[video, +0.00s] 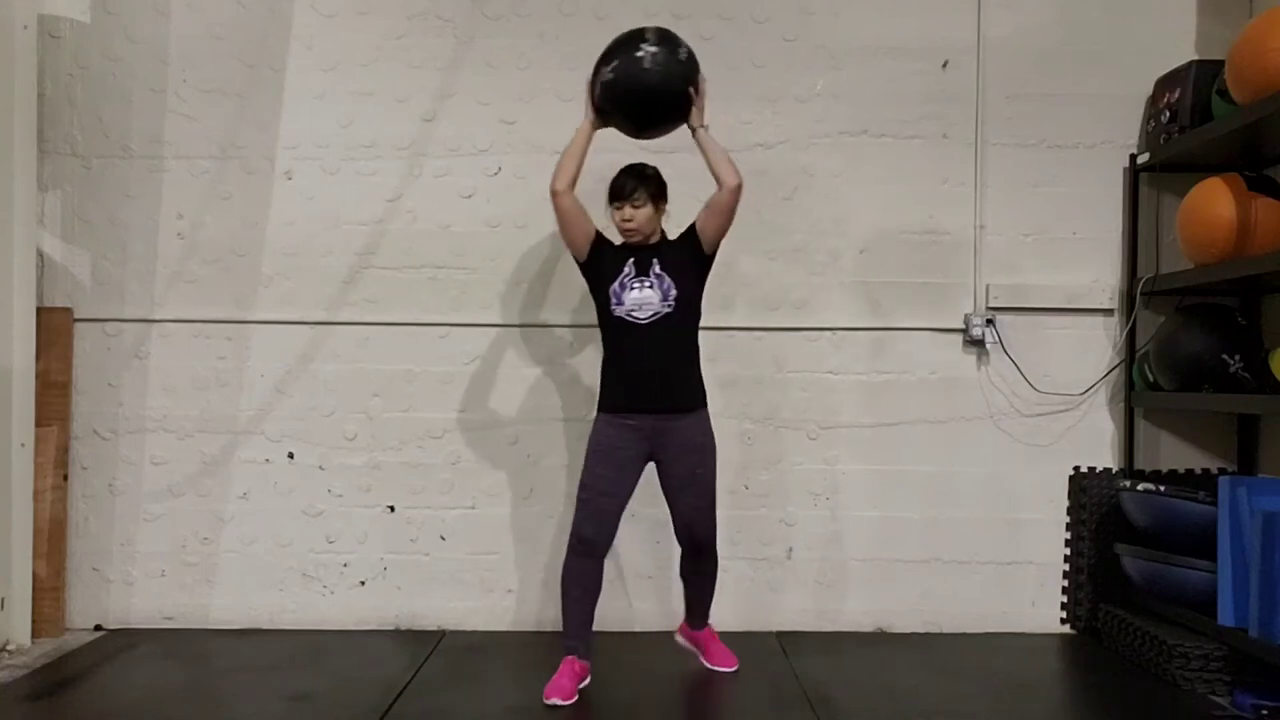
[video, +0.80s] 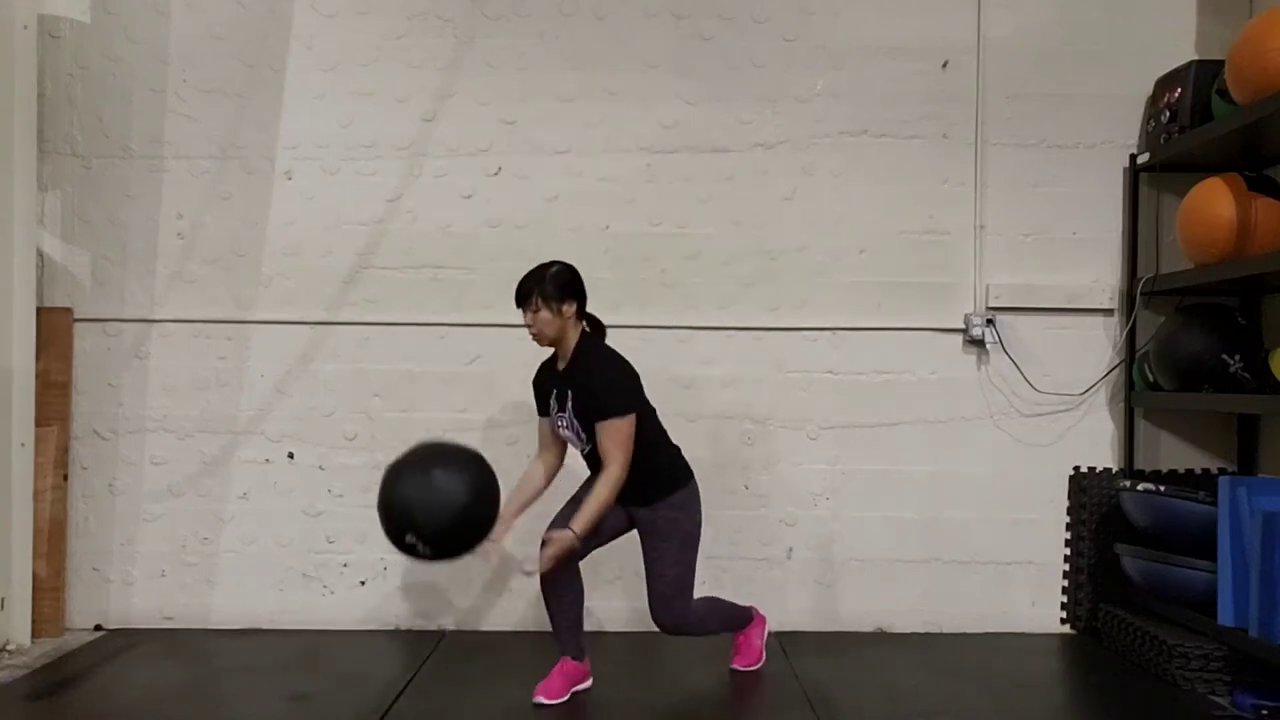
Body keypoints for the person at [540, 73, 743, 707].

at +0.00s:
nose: (625, 212)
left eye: (636, 202)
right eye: (618, 204)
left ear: (661, 207)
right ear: (612, 212)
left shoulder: (690, 254)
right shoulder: (602, 261)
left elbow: (731, 189)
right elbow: (561, 191)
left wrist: (699, 127)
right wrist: (590, 120)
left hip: (685, 423)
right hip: (618, 424)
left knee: (700, 538)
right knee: (588, 539)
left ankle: (696, 627)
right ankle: (576, 655)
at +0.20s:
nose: (594, 229)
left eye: (603, 217)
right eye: (591, 218)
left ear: (636, 214)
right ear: (590, 222)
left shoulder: (663, 261)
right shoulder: (593, 267)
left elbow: (660, 192)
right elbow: (545, 213)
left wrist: (641, 113)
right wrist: (560, 139)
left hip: (665, 435)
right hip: (605, 435)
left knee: (691, 544)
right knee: (568, 542)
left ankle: (749, 619)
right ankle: (573, 658)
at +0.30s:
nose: (595, 238)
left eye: (604, 227)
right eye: (589, 228)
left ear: (626, 228)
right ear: (578, 235)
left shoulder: (650, 275)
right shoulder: (589, 281)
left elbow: (614, 228)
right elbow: (531, 242)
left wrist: (589, 141)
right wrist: (528, 169)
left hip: (666, 447)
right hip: (611, 447)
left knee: (687, 558)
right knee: (566, 544)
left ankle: (752, 621)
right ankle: (573, 658)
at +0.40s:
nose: (580, 268)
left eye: (588, 257)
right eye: (575, 260)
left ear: (619, 252)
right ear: (575, 260)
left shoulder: (644, 302)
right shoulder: (589, 303)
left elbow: (585, 317)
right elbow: (521, 330)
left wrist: (537, 256)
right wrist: (499, 276)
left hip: (672, 465)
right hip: (620, 463)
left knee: (682, 582)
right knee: (565, 543)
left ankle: (753, 622)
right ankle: (574, 659)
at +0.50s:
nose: (562, 300)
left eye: (571, 289)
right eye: (557, 290)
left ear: (602, 288)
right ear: (557, 293)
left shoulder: (633, 348)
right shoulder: (569, 354)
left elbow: (607, 429)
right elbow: (551, 429)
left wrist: (541, 459)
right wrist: (507, 451)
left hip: (675, 486)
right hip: (622, 482)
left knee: (679, 606)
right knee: (564, 549)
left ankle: (750, 622)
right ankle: (574, 661)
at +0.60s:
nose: (544, 328)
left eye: (553, 317)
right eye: (541, 318)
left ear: (586, 317)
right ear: (545, 321)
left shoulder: (620, 378)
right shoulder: (559, 383)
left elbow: (629, 473)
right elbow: (564, 456)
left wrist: (612, 554)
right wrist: (548, 531)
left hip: (671, 501)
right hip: (616, 494)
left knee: (679, 625)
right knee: (558, 551)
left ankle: (746, 621)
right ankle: (573, 663)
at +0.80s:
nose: (528, 321)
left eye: (536, 310)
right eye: (525, 311)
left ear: (569, 310)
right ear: (556, 312)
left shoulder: (608, 372)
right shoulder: (548, 378)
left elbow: (616, 469)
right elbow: (547, 458)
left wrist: (572, 534)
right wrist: (504, 519)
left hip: (667, 498)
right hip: (616, 493)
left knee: (672, 615)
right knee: (556, 545)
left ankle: (750, 621)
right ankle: (574, 662)